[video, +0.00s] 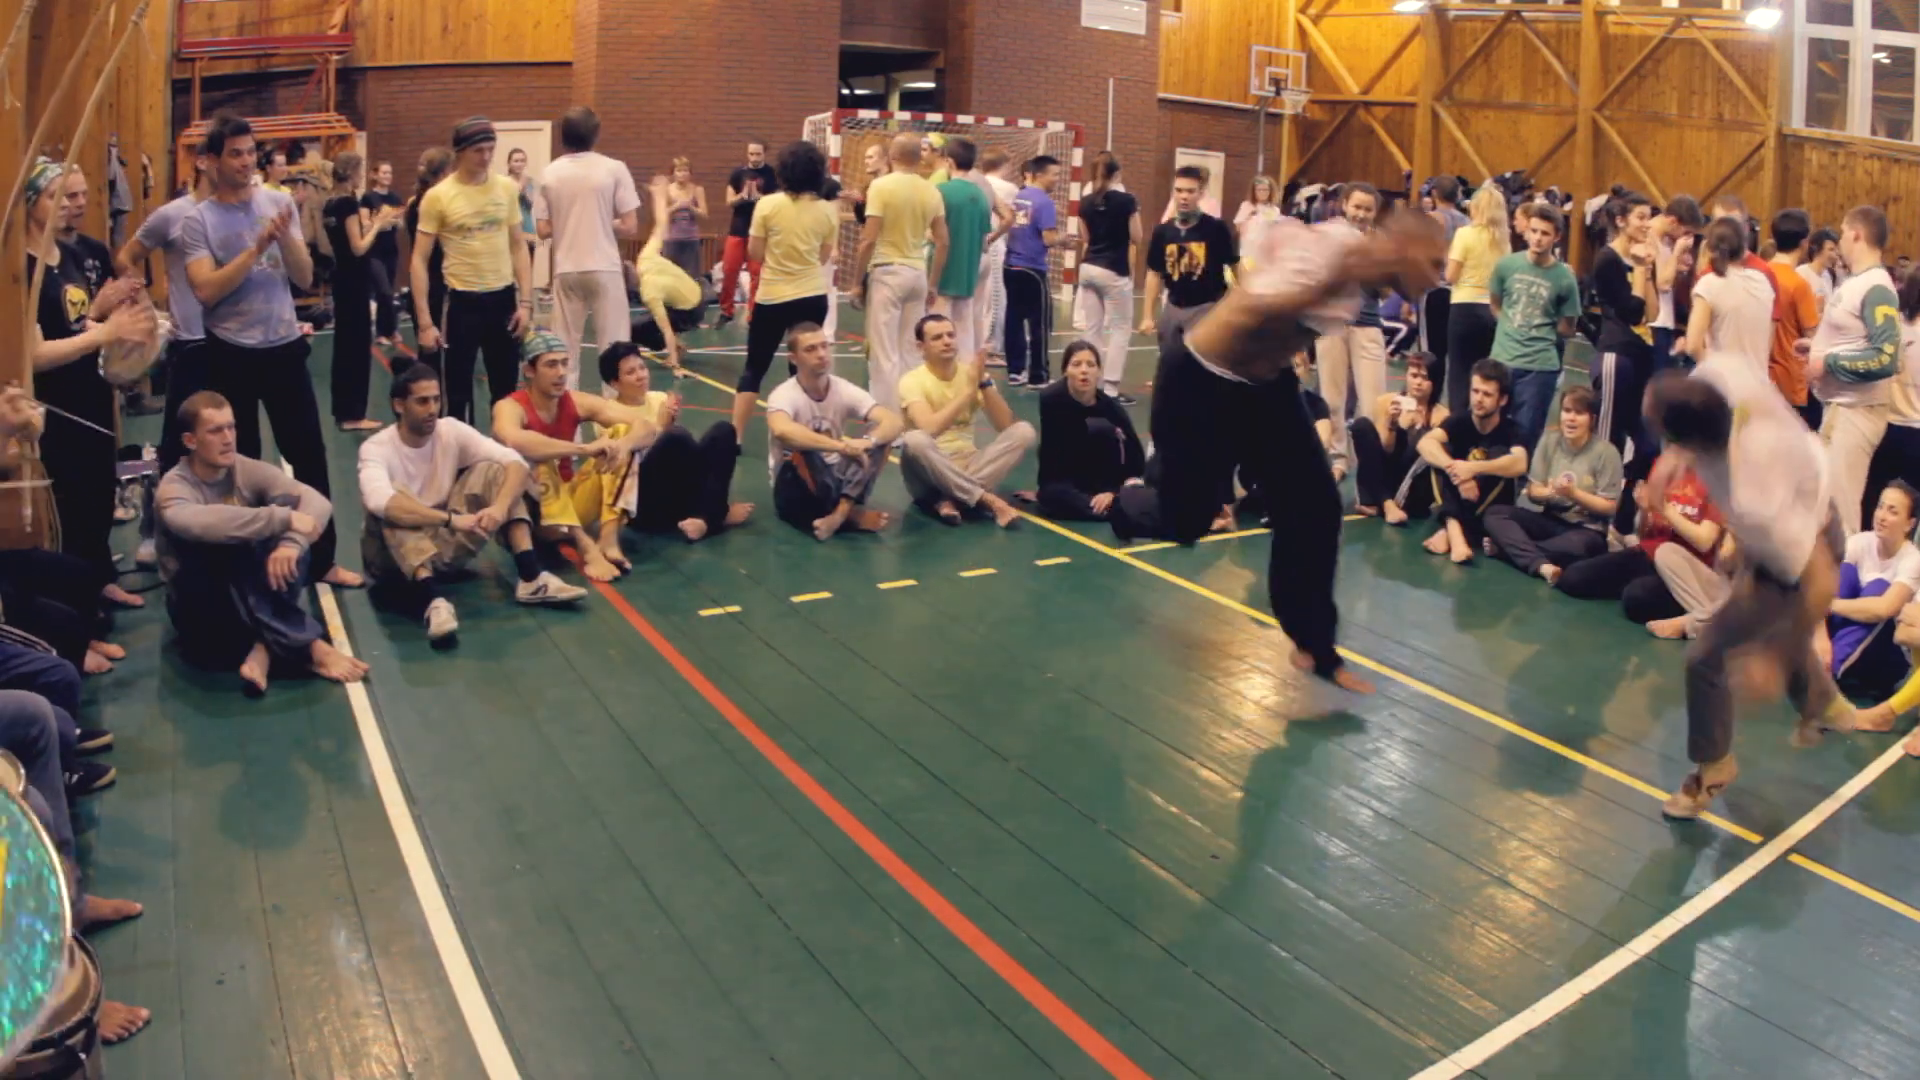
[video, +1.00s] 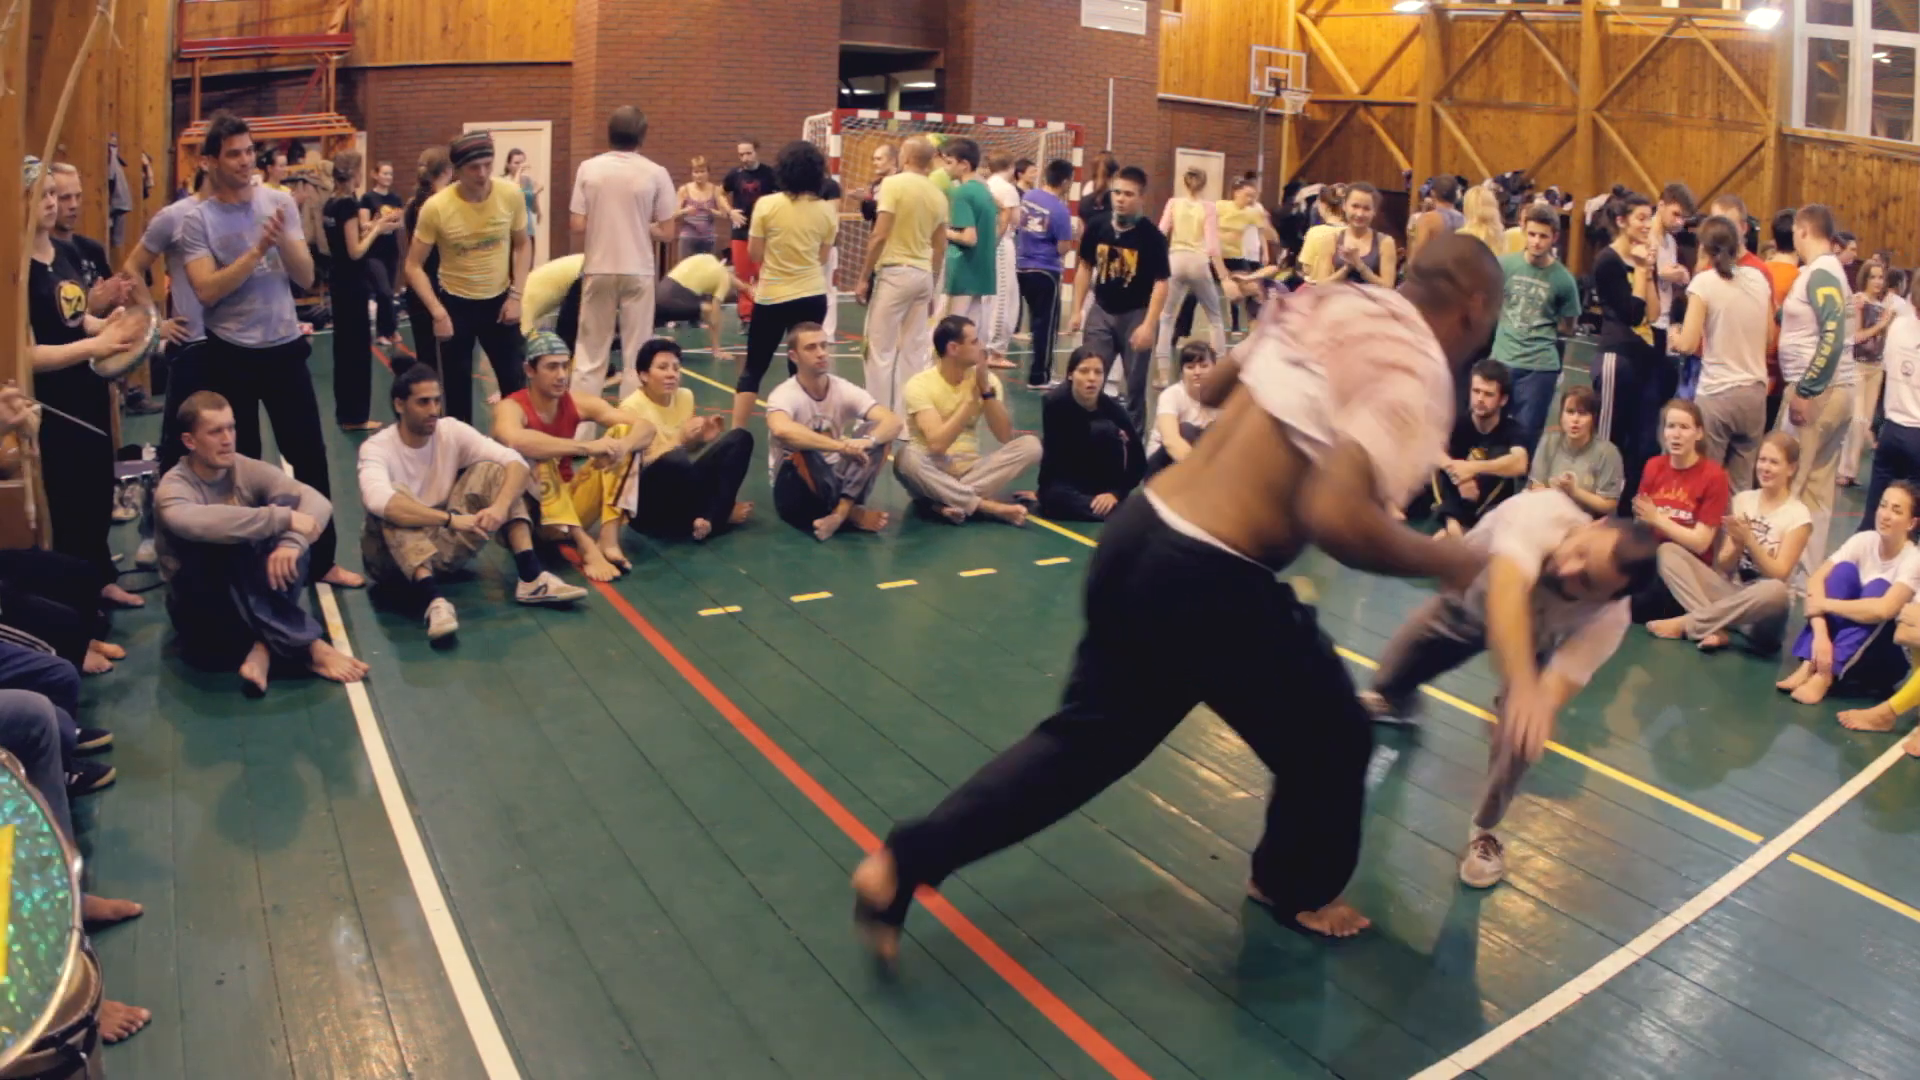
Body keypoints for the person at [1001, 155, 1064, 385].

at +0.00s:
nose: (1057, 179)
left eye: (1057, 174)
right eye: (1053, 174)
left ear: (1035, 176)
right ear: (1038, 175)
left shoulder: (1018, 196)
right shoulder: (1043, 201)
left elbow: (1014, 231)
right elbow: (1048, 238)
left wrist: (1056, 241)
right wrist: (1066, 239)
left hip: (1011, 263)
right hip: (1032, 267)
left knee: (1014, 319)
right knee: (1040, 322)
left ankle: (1015, 370)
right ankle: (1039, 374)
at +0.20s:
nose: (1059, 179)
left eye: (1059, 174)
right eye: (1056, 174)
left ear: (1038, 175)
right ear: (1041, 174)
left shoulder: (1020, 196)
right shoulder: (1048, 201)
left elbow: (1011, 226)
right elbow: (1051, 238)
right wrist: (1065, 234)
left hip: (1015, 264)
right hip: (1036, 266)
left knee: (1016, 319)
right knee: (1040, 322)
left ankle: (1015, 370)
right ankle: (1039, 374)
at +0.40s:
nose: (1061, 180)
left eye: (1061, 175)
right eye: (1058, 175)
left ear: (1038, 175)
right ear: (1045, 176)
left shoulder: (1024, 196)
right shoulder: (1049, 202)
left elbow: (1017, 227)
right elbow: (1057, 239)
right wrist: (1076, 236)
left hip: (1020, 264)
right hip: (1041, 267)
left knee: (1022, 319)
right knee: (1043, 322)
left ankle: (1016, 369)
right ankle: (1039, 374)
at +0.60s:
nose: (1065, 182)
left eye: (1065, 177)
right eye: (1063, 177)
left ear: (1042, 177)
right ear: (1053, 178)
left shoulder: (1026, 197)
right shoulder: (1054, 207)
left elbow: (1020, 227)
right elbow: (1061, 243)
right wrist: (1075, 235)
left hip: (1024, 264)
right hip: (1045, 268)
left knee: (1038, 318)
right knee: (1046, 322)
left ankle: (1029, 360)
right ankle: (1039, 376)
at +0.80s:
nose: (1069, 185)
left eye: (1068, 180)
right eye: (1068, 180)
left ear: (1043, 176)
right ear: (1062, 181)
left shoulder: (1027, 197)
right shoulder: (1054, 207)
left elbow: (1020, 227)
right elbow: (1063, 244)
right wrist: (1077, 238)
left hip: (1024, 264)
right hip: (1045, 268)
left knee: (1044, 321)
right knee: (1046, 324)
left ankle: (1050, 367)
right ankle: (1039, 375)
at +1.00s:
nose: (1070, 185)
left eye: (1070, 181)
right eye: (1070, 181)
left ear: (1046, 176)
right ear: (1065, 182)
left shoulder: (1028, 197)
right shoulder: (1058, 209)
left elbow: (1019, 227)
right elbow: (1063, 246)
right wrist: (1075, 236)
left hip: (1023, 265)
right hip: (1045, 269)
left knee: (1039, 320)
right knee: (1045, 323)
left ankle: (1039, 369)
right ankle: (1039, 375)